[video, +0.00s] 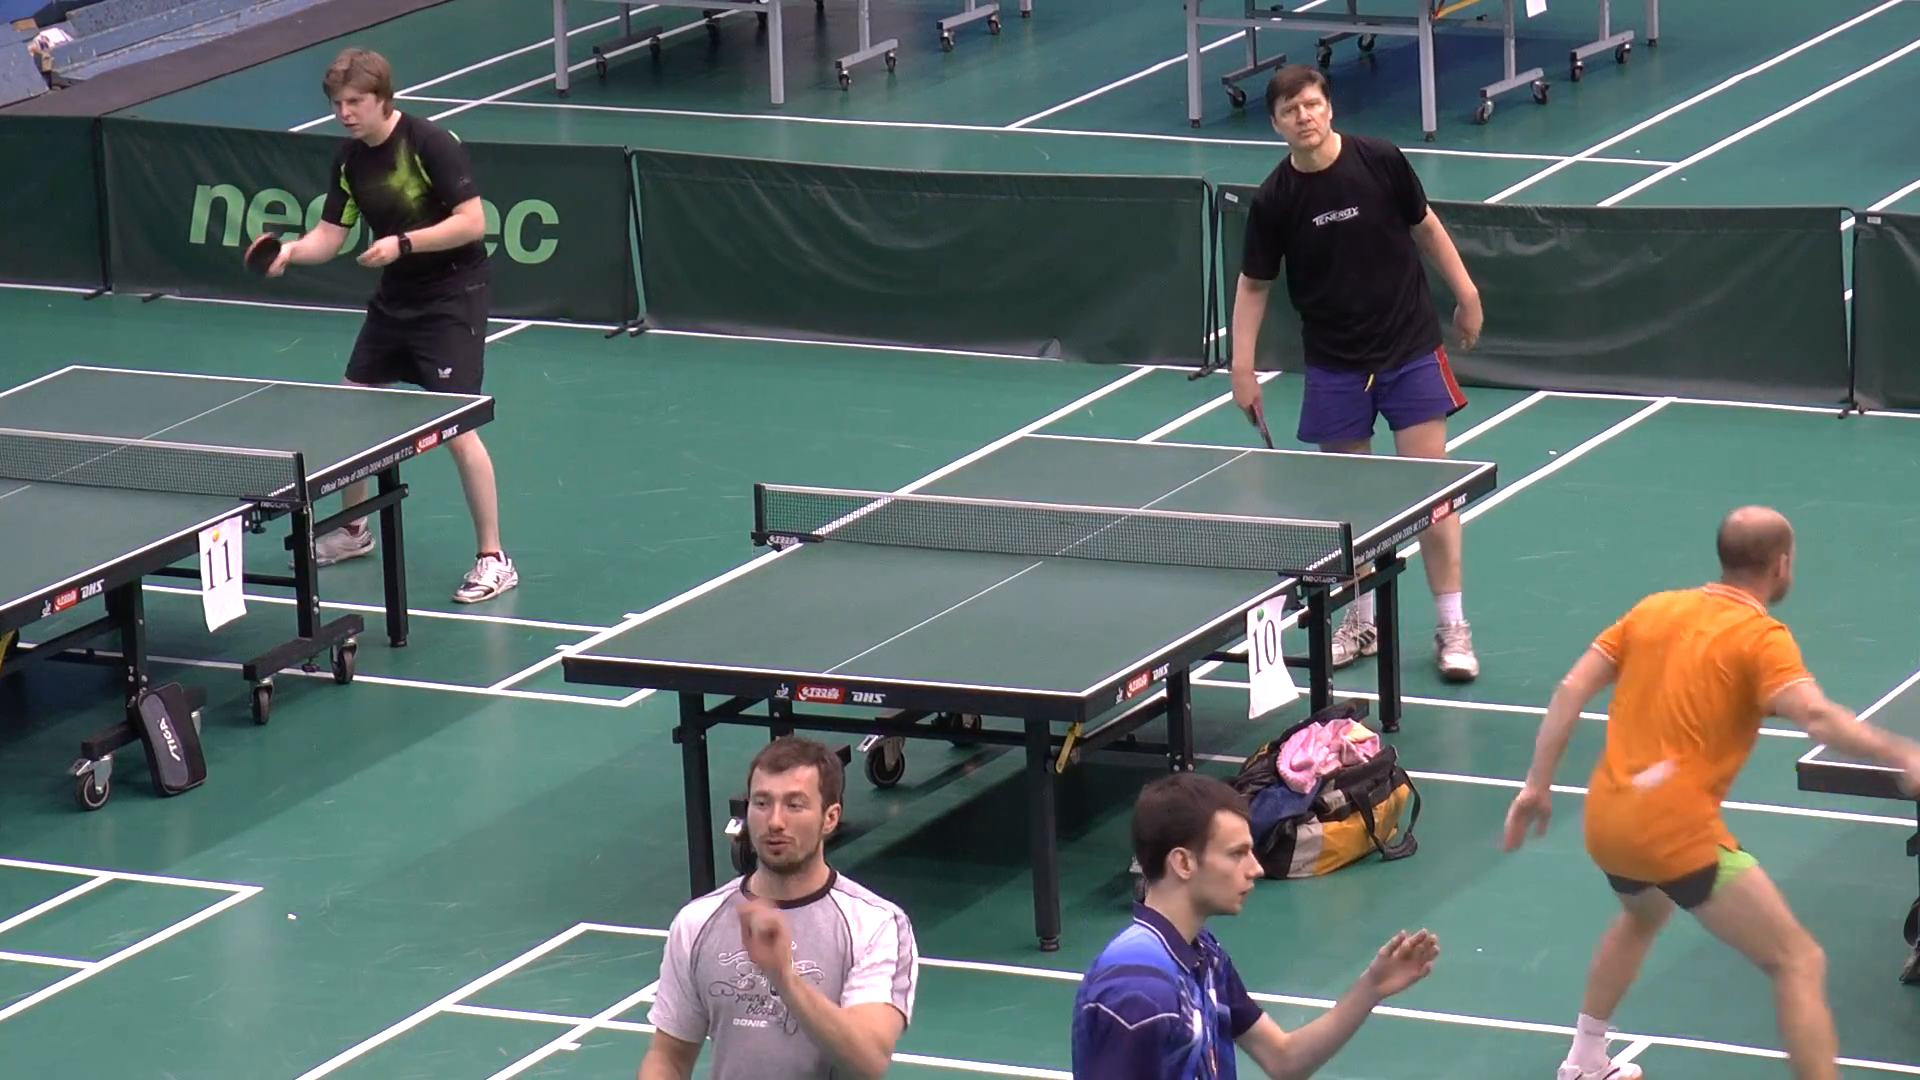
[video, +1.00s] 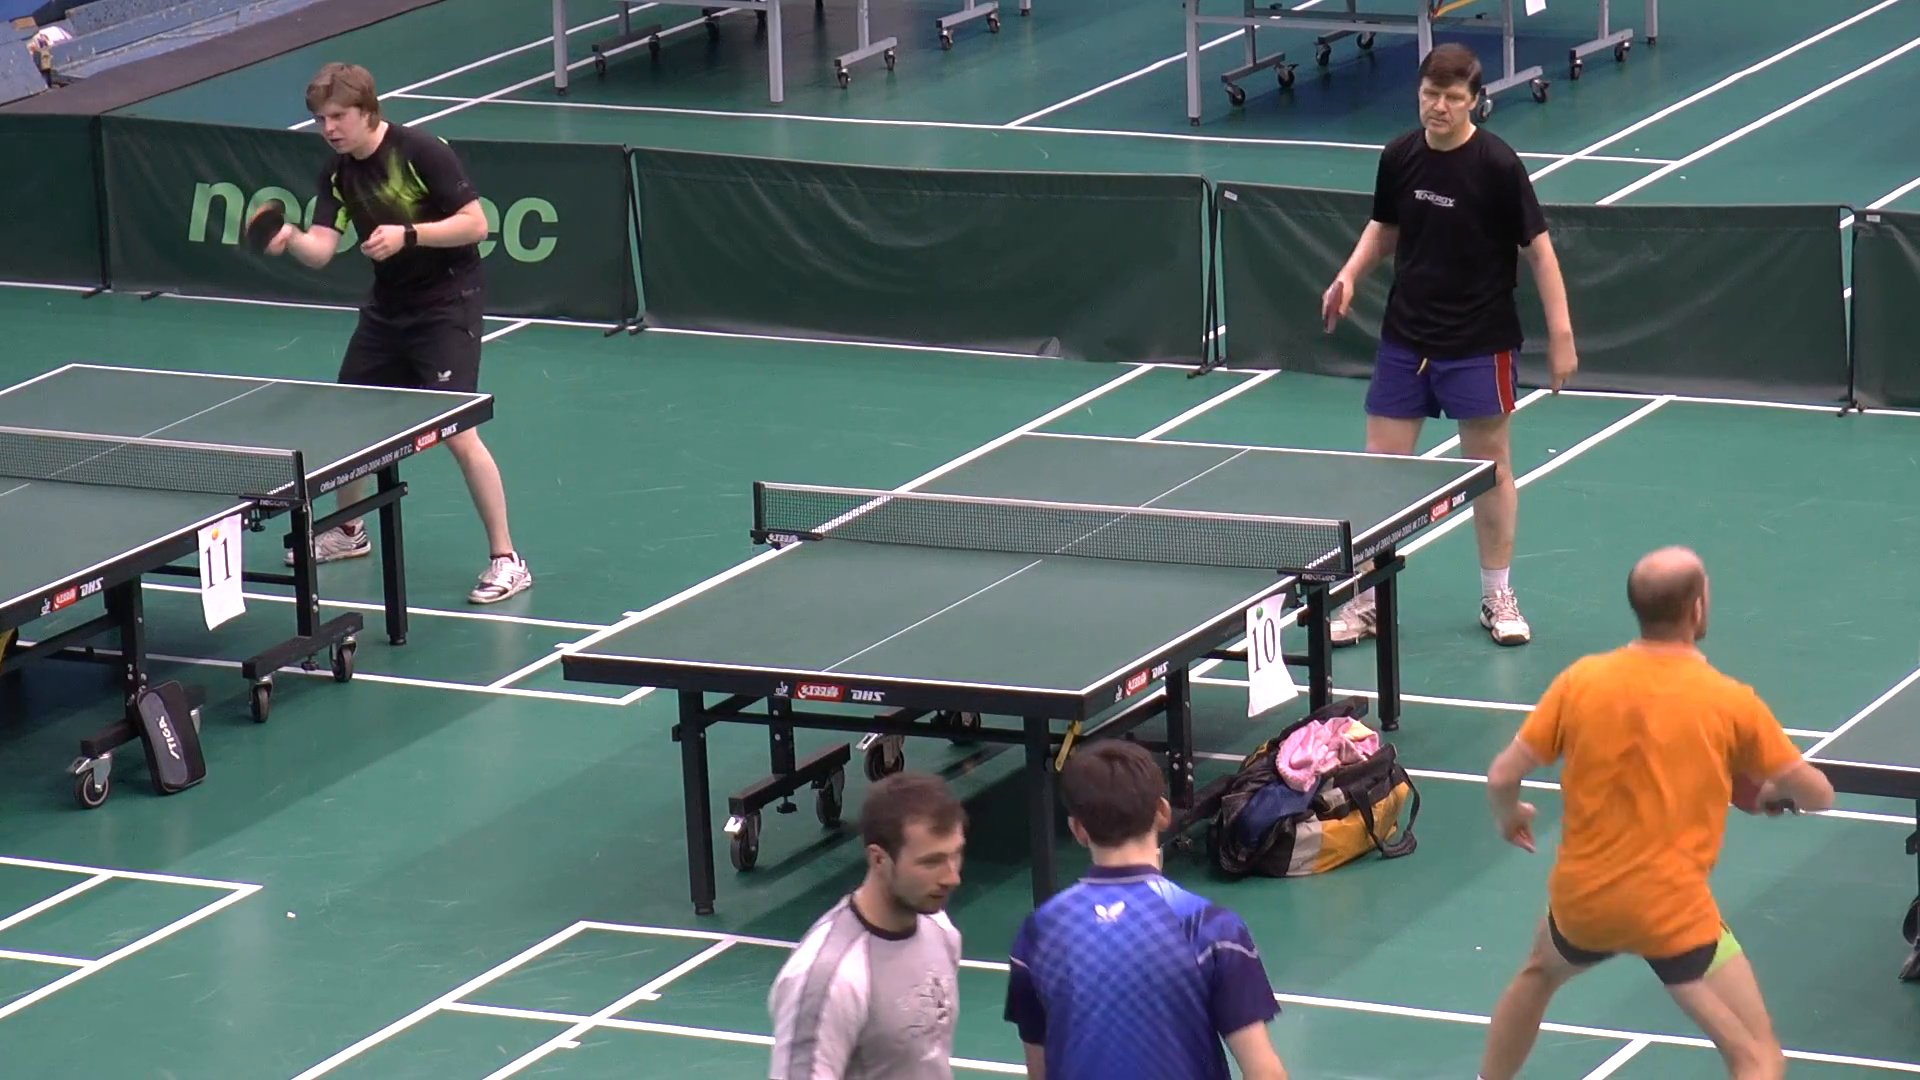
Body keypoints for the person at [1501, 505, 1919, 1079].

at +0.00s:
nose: (1792, 568)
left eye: (1791, 558)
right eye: (1791, 558)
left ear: (1724, 559)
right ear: (1779, 565)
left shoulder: (1653, 609)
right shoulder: (1763, 636)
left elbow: (1570, 689)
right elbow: (1812, 714)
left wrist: (1537, 784)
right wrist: (1903, 753)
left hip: (1607, 825)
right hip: (1678, 836)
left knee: (1642, 913)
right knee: (1797, 960)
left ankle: (1584, 1058)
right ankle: (1820, 1071)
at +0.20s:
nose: (1759, 561)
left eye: (1755, 551)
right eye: (1757, 552)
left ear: (1688, 561)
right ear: (1743, 569)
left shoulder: (1633, 615)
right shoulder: (1717, 658)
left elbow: (1616, 725)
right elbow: (1745, 786)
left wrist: (1707, 772)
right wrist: (1835, 833)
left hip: (1552, 814)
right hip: (1611, 842)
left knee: (1555, 922)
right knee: (1714, 984)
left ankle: (1443, 1040)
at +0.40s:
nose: (1736, 598)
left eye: (1736, 587)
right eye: (1735, 588)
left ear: (1670, 587)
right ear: (1719, 601)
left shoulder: (1620, 626)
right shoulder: (1663, 689)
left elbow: (1638, 711)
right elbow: (1694, 811)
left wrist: (1723, 737)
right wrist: (1746, 832)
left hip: (1516, 815)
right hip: (1560, 844)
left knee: (1517, 940)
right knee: (1682, 980)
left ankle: (1416, 1056)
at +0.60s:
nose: (1742, 583)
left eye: (1744, 571)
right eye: (1742, 572)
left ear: (1670, 566)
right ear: (1726, 580)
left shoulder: (1597, 615)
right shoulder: (1732, 668)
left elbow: (1511, 670)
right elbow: (1848, 696)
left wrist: (1576, 653)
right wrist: (1858, 667)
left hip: (1526, 818)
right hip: (1597, 847)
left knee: (1493, 931)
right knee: (1701, 988)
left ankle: (1443, 1046)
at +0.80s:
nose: (1731, 545)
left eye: (1726, 535)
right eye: (1729, 537)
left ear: (1658, 548)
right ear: (1719, 551)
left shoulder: (1593, 604)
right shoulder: (1738, 643)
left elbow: (1495, 680)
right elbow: (1845, 706)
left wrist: (1484, 721)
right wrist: (1821, 674)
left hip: (1547, 826)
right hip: (1630, 844)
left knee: (1532, 953)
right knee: (1731, 981)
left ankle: (1487, 1072)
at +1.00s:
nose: (1709, 600)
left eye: (1706, 590)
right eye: (1707, 592)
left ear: (1635, 606)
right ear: (1696, 608)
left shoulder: (1583, 679)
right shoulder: (1729, 700)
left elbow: (1502, 774)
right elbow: (1818, 792)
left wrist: (1510, 816)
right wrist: (1773, 790)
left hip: (1582, 902)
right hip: (1673, 911)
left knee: (1538, 976)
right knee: (1755, 1054)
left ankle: (1491, 1074)